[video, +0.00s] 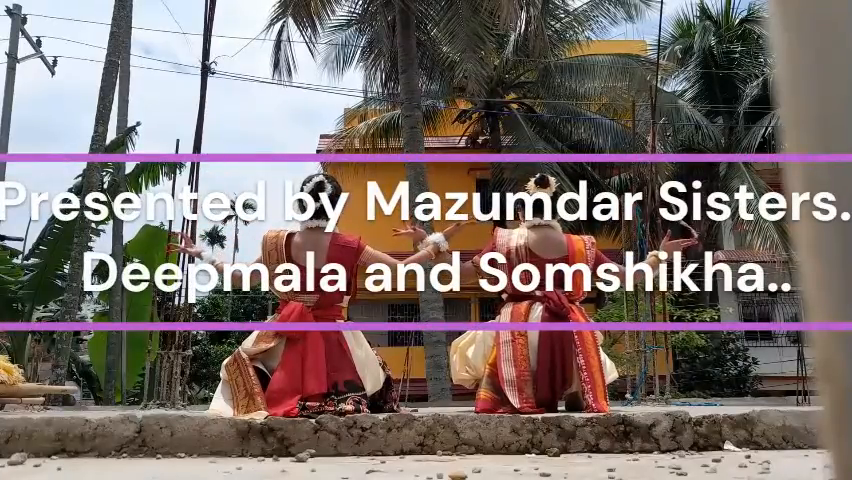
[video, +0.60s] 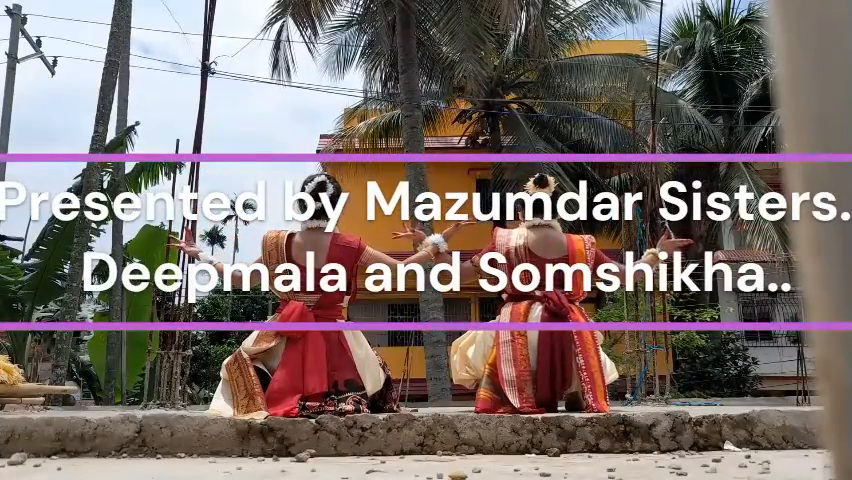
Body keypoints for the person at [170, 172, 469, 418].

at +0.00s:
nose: (339, 207)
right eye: (338, 201)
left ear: (300, 203)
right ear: (336, 207)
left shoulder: (274, 244)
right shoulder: (347, 247)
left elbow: (261, 282)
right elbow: (401, 266)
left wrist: (204, 256)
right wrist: (433, 247)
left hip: (288, 345)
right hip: (334, 343)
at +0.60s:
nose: (337, 207)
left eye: (318, 201)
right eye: (337, 201)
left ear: (300, 204)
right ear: (337, 207)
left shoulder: (276, 245)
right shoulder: (349, 248)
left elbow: (246, 280)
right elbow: (402, 267)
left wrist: (200, 256)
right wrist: (431, 247)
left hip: (289, 350)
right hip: (336, 349)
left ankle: (289, 392)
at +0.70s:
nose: (334, 207)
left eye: (315, 200)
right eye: (336, 201)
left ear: (300, 203)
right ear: (337, 206)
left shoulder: (275, 244)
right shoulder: (348, 248)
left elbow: (247, 281)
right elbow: (402, 267)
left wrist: (200, 256)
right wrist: (431, 248)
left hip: (288, 350)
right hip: (336, 350)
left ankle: (290, 392)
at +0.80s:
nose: (338, 207)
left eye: (331, 201)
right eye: (338, 202)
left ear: (300, 205)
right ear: (337, 206)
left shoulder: (276, 244)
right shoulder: (349, 247)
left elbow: (241, 280)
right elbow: (402, 265)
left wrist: (200, 254)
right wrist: (432, 246)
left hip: (287, 343)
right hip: (333, 344)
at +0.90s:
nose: (340, 206)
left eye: (333, 201)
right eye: (340, 202)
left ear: (300, 204)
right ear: (337, 206)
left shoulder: (275, 244)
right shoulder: (348, 247)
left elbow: (241, 280)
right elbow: (403, 264)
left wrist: (200, 254)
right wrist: (431, 245)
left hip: (288, 350)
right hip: (335, 350)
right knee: (376, 389)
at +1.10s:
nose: (338, 206)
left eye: (317, 200)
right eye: (338, 201)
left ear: (300, 203)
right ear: (336, 206)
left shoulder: (276, 245)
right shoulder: (349, 247)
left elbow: (236, 278)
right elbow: (404, 264)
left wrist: (199, 252)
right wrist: (435, 246)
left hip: (289, 349)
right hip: (335, 349)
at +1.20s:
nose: (333, 207)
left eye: (315, 201)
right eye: (336, 201)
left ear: (301, 204)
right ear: (338, 207)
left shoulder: (277, 245)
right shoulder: (353, 248)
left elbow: (235, 273)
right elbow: (407, 265)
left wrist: (195, 245)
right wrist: (440, 245)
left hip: (288, 348)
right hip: (336, 348)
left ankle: (287, 394)